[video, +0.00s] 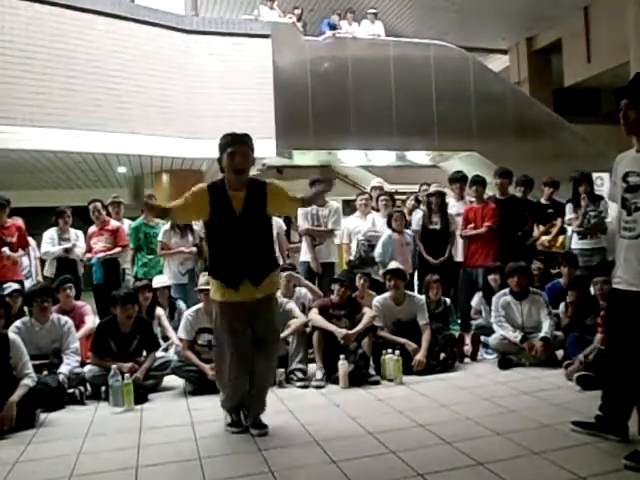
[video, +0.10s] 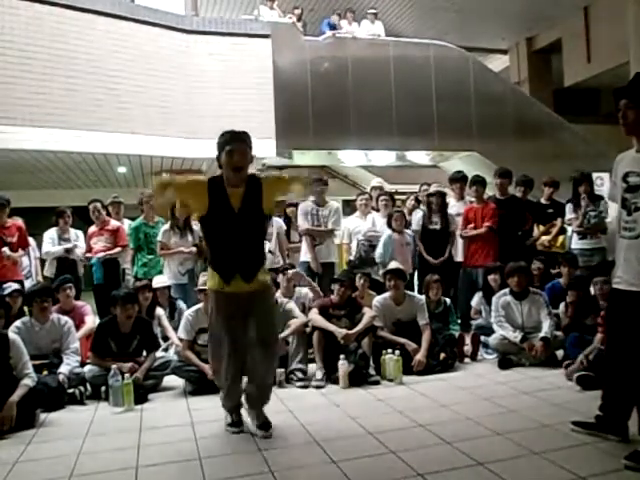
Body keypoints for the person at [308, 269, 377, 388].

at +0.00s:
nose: (341, 290)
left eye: (346, 288)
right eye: (340, 285)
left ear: (351, 292)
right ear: (334, 286)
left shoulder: (353, 303)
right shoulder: (323, 302)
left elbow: (371, 314)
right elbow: (312, 317)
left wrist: (354, 333)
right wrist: (336, 330)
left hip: (351, 350)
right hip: (330, 347)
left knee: (368, 331)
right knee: (318, 332)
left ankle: (368, 368)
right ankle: (320, 370)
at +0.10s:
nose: (341, 290)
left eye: (346, 288)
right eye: (339, 285)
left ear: (351, 291)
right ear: (334, 286)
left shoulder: (353, 303)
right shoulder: (323, 302)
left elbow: (371, 314)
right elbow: (312, 317)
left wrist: (354, 333)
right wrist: (336, 330)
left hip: (351, 350)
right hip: (330, 348)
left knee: (368, 331)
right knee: (318, 332)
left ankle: (368, 368)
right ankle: (320, 370)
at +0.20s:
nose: (341, 290)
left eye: (346, 288)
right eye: (339, 285)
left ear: (351, 292)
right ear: (334, 286)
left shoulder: (353, 303)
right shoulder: (324, 303)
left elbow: (371, 314)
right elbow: (312, 317)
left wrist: (354, 333)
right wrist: (336, 330)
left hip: (351, 351)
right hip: (330, 349)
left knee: (368, 331)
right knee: (318, 332)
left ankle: (368, 368)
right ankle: (320, 370)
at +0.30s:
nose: (343, 290)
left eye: (347, 288)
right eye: (341, 285)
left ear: (351, 292)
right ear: (333, 286)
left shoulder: (353, 303)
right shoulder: (323, 302)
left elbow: (370, 314)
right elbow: (312, 317)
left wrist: (354, 333)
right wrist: (336, 330)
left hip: (351, 352)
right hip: (330, 350)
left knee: (369, 329)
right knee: (318, 331)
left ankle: (368, 368)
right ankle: (320, 370)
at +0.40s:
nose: (343, 290)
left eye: (347, 288)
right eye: (340, 285)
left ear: (351, 292)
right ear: (333, 286)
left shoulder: (353, 303)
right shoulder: (324, 302)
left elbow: (370, 314)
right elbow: (312, 317)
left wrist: (354, 333)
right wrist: (336, 330)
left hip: (351, 352)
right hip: (330, 350)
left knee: (369, 329)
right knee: (318, 332)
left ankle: (368, 368)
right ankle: (320, 370)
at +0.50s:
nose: (343, 290)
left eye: (347, 288)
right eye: (340, 285)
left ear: (351, 291)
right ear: (333, 286)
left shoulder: (353, 303)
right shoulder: (323, 302)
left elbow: (370, 314)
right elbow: (312, 317)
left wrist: (354, 333)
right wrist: (336, 330)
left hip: (351, 352)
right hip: (330, 350)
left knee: (368, 329)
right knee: (318, 332)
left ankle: (368, 368)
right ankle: (320, 370)